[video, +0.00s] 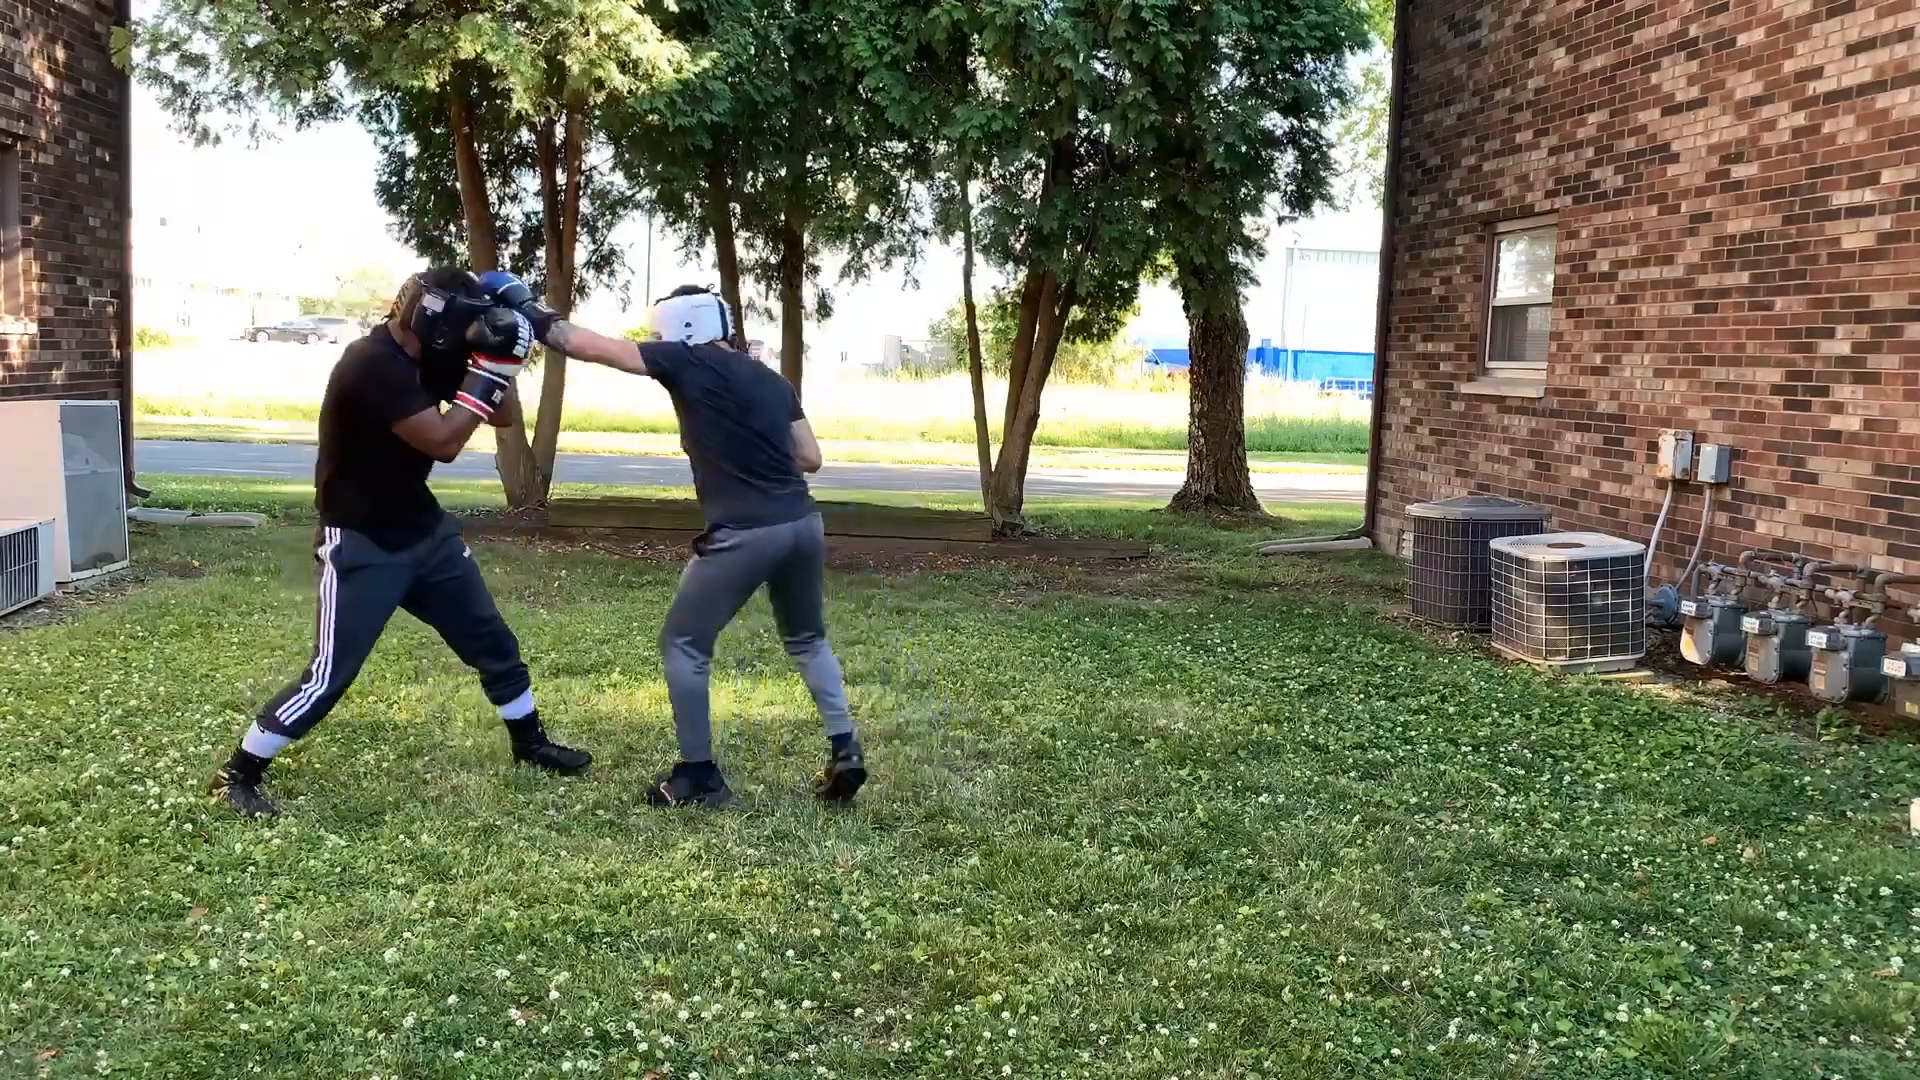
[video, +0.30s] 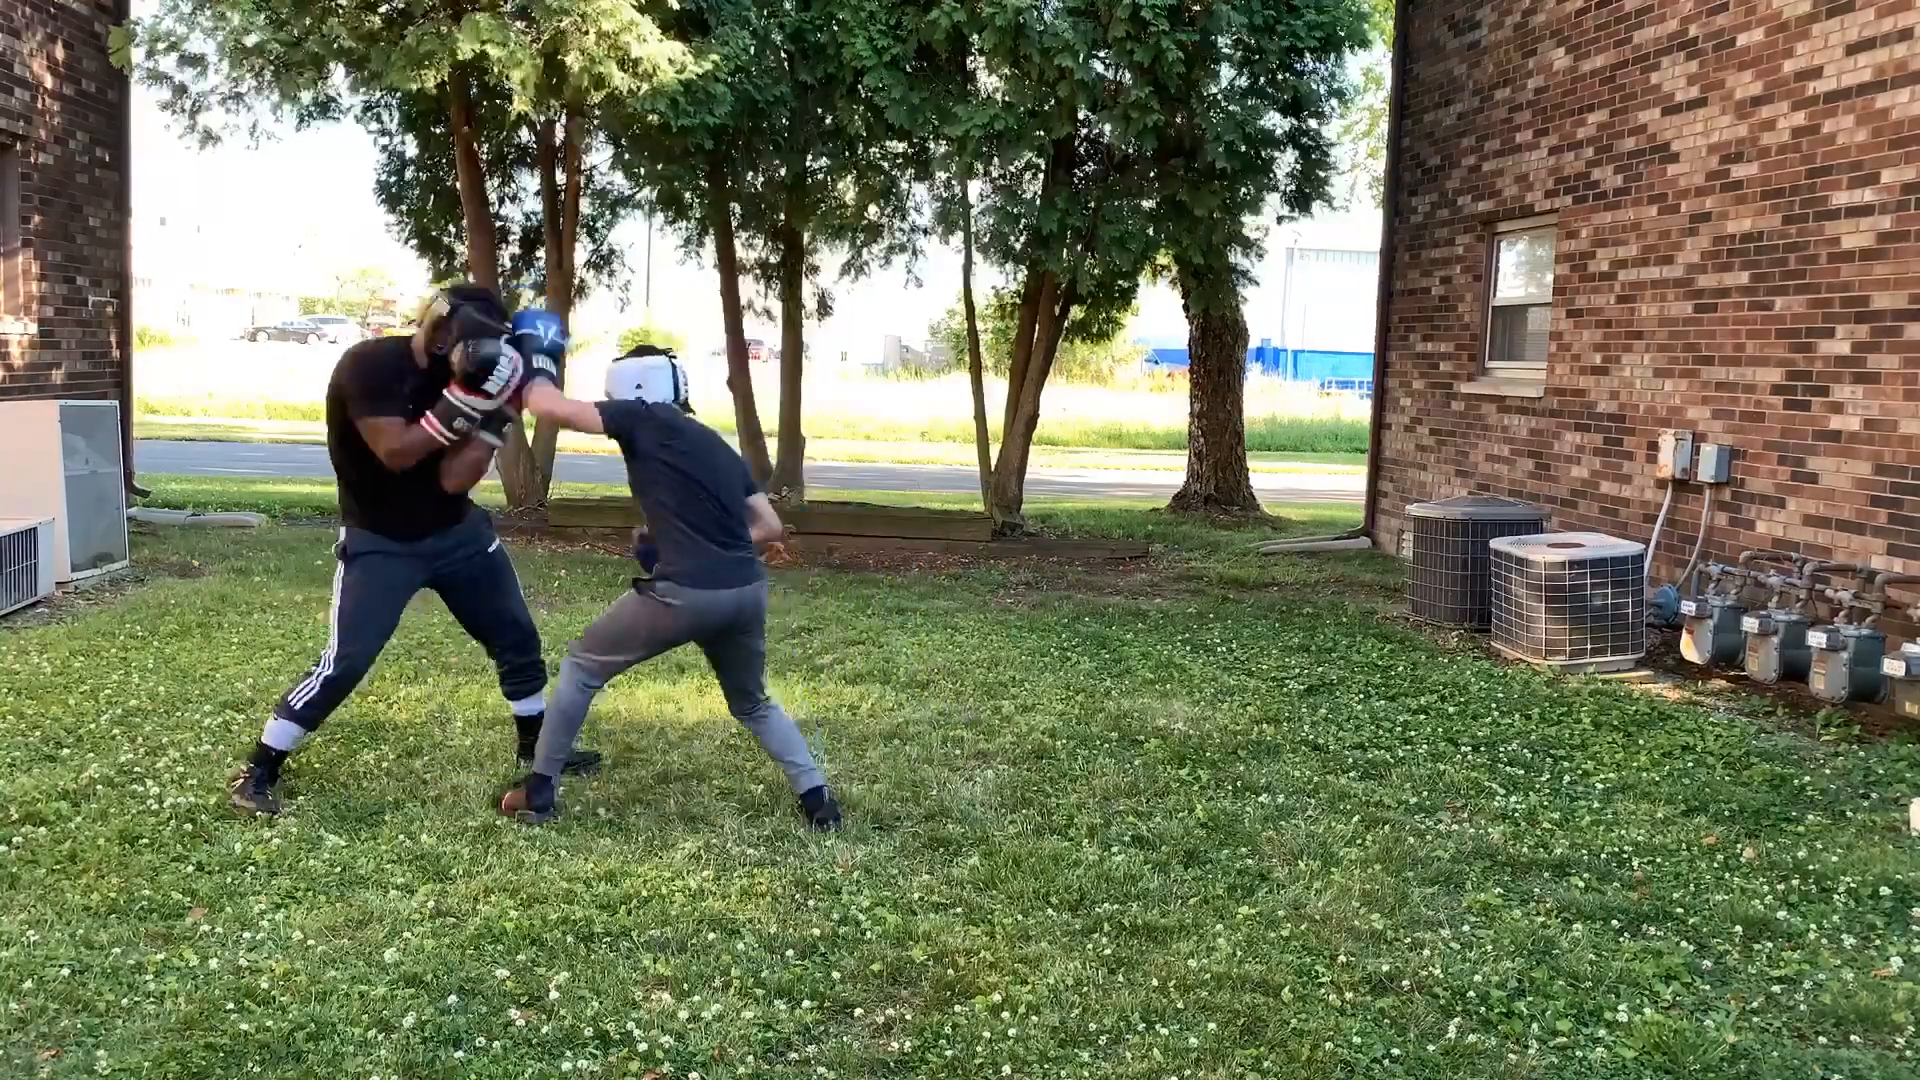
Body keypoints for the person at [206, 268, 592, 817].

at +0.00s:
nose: (457, 340)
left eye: (461, 331)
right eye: (456, 329)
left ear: (436, 322)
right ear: (427, 320)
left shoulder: (431, 361)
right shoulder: (371, 365)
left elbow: (505, 417)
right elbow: (444, 443)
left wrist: (499, 350)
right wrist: (483, 371)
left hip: (424, 534)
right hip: (359, 543)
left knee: (492, 641)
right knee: (330, 676)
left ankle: (530, 743)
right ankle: (242, 771)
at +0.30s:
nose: (480, 360)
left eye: (487, 350)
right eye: (473, 346)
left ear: (494, 349)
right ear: (443, 333)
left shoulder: (469, 379)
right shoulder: (367, 367)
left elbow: (456, 479)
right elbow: (395, 453)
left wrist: (498, 408)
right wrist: (460, 400)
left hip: (460, 533)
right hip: (381, 545)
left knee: (518, 639)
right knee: (346, 664)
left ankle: (539, 748)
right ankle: (259, 773)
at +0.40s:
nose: (463, 390)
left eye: (477, 382)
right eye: (458, 373)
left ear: (488, 378)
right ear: (437, 343)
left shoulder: (461, 421)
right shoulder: (359, 357)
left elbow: (404, 501)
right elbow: (344, 440)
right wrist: (422, 413)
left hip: (444, 543)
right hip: (361, 545)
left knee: (509, 649)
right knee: (321, 661)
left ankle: (539, 755)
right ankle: (251, 769)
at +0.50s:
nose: (442, 388)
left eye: (457, 382)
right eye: (439, 371)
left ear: (470, 381)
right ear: (420, 347)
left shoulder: (451, 417)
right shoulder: (342, 354)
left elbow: (405, 507)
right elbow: (324, 441)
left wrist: (450, 473)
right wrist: (401, 417)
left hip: (422, 545)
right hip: (337, 545)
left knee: (483, 650)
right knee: (304, 659)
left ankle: (533, 760)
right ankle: (246, 769)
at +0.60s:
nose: (434, 389)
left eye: (446, 379)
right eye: (428, 375)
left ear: (459, 372)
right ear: (405, 351)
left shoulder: (444, 395)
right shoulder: (329, 373)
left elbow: (422, 487)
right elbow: (326, 463)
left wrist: (452, 447)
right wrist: (376, 441)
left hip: (409, 539)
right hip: (326, 543)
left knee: (469, 645)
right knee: (296, 659)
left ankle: (515, 746)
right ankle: (245, 769)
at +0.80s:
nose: (448, 390)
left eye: (459, 382)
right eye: (445, 376)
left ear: (466, 377)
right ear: (423, 352)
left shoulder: (447, 390)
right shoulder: (353, 390)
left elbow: (463, 468)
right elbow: (369, 484)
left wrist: (488, 422)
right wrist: (416, 438)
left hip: (419, 535)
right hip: (343, 532)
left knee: (465, 642)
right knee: (310, 645)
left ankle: (457, 731)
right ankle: (248, 759)